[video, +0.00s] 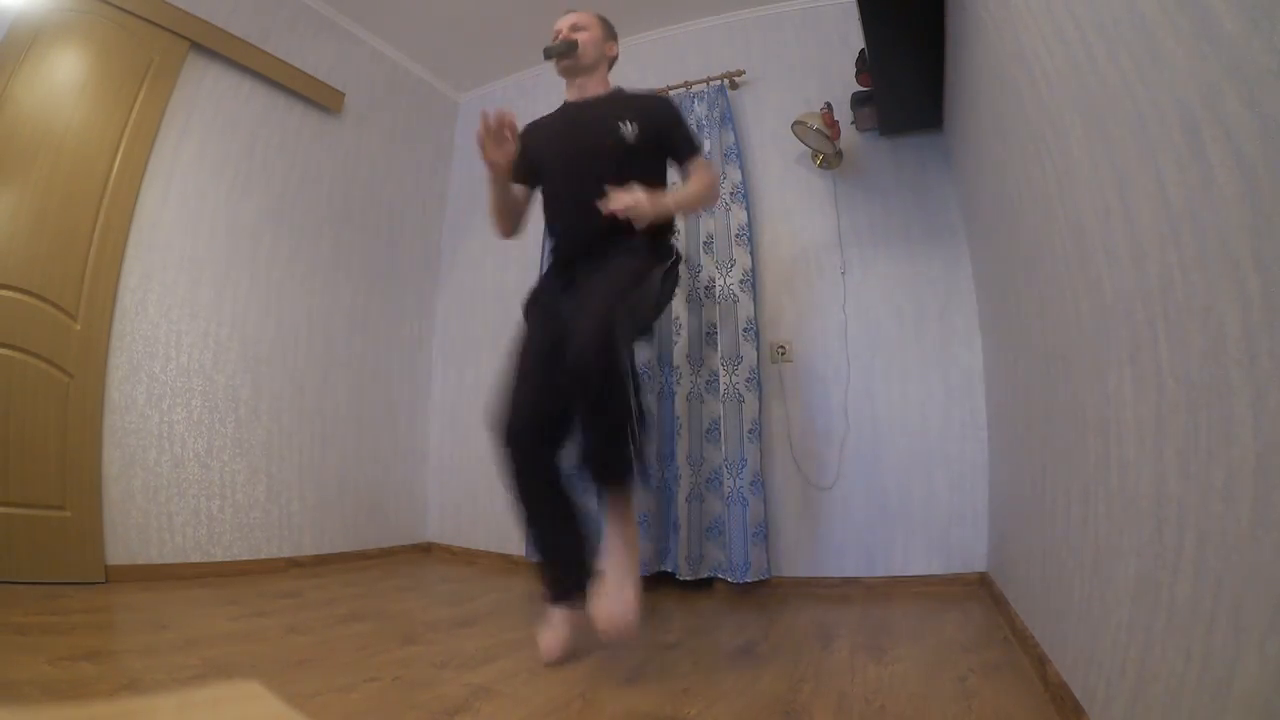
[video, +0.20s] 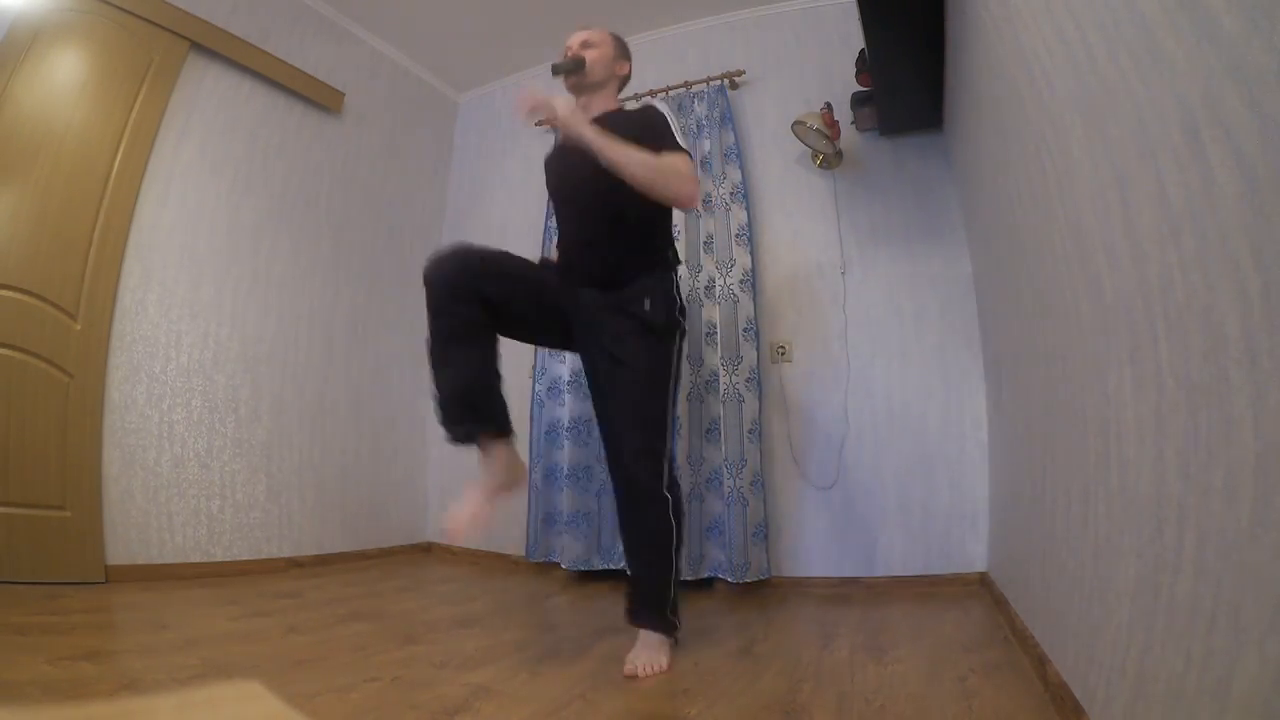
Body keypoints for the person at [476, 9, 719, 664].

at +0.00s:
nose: (564, 35)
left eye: (579, 26)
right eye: (558, 32)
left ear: (612, 49)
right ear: (551, 58)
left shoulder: (648, 110)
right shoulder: (538, 133)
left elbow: (706, 181)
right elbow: (509, 222)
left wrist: (656, 202)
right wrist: (500, 169)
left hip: (637, 263)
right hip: (565, 279)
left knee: (594, 338)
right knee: (525, 429)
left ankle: (619, 529)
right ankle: (565, 590)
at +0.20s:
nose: (570, 52)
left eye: (587, 44)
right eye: (567, 48)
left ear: (622, 67)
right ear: (561, 72)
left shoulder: (645, 121)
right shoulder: (562, 150)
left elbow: (687, 190)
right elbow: (577, 232)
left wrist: (580, 129)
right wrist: (549, 284)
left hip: (635, 311)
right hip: (567, 297)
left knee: (639, 468)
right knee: (452, 272)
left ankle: (653, 623)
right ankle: (498, 459)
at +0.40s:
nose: (577, 27)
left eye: (593, 21)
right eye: (569, 24)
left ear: (624, 47)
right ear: (562, 55)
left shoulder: (659, 119)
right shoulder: (539, 126)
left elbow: (700, 205)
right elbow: (505, 218)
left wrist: (630, 193)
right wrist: (485, 222)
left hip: (635, 260)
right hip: (558, 274)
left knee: (595, 279)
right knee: (569, 444)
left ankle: (627, 473)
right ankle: (590, 614)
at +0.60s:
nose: (559, 18)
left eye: (576, 11)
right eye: (555, 16)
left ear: (611, 36)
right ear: (550, 47)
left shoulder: (648, 96)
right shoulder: (540, 125)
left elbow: (708, 177)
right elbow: (521, 222)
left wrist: (639, 184)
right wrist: (507, 178)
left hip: (638, 264)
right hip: (567, 269)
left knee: (605, 403)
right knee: (494, 398)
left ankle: (625, 576)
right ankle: (541, 558)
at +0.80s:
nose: (564, 16)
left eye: (582, 10)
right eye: (558, 14)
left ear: (615, 38)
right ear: (549, 42)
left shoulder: (637, 96)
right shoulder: (542, 124)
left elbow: (659, 161)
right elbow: (570, 208)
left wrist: (575, 92)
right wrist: (538, 243)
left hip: (630, 285)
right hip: (561, 278)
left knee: (623, 438)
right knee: (456, 322)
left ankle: (632, 619)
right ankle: (503, 509)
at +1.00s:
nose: (561, 26)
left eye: (579, 20)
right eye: (555, 23)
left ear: (612, 48)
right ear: (548, 54)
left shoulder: (652, 122)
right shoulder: (523, 131)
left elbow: (701, 210)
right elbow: (472, 220)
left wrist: (671, 217)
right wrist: (464, 166)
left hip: (634, 281)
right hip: (554, 293)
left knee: (565, 189)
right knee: (563, 461)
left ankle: (600, 408)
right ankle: (596, 622)